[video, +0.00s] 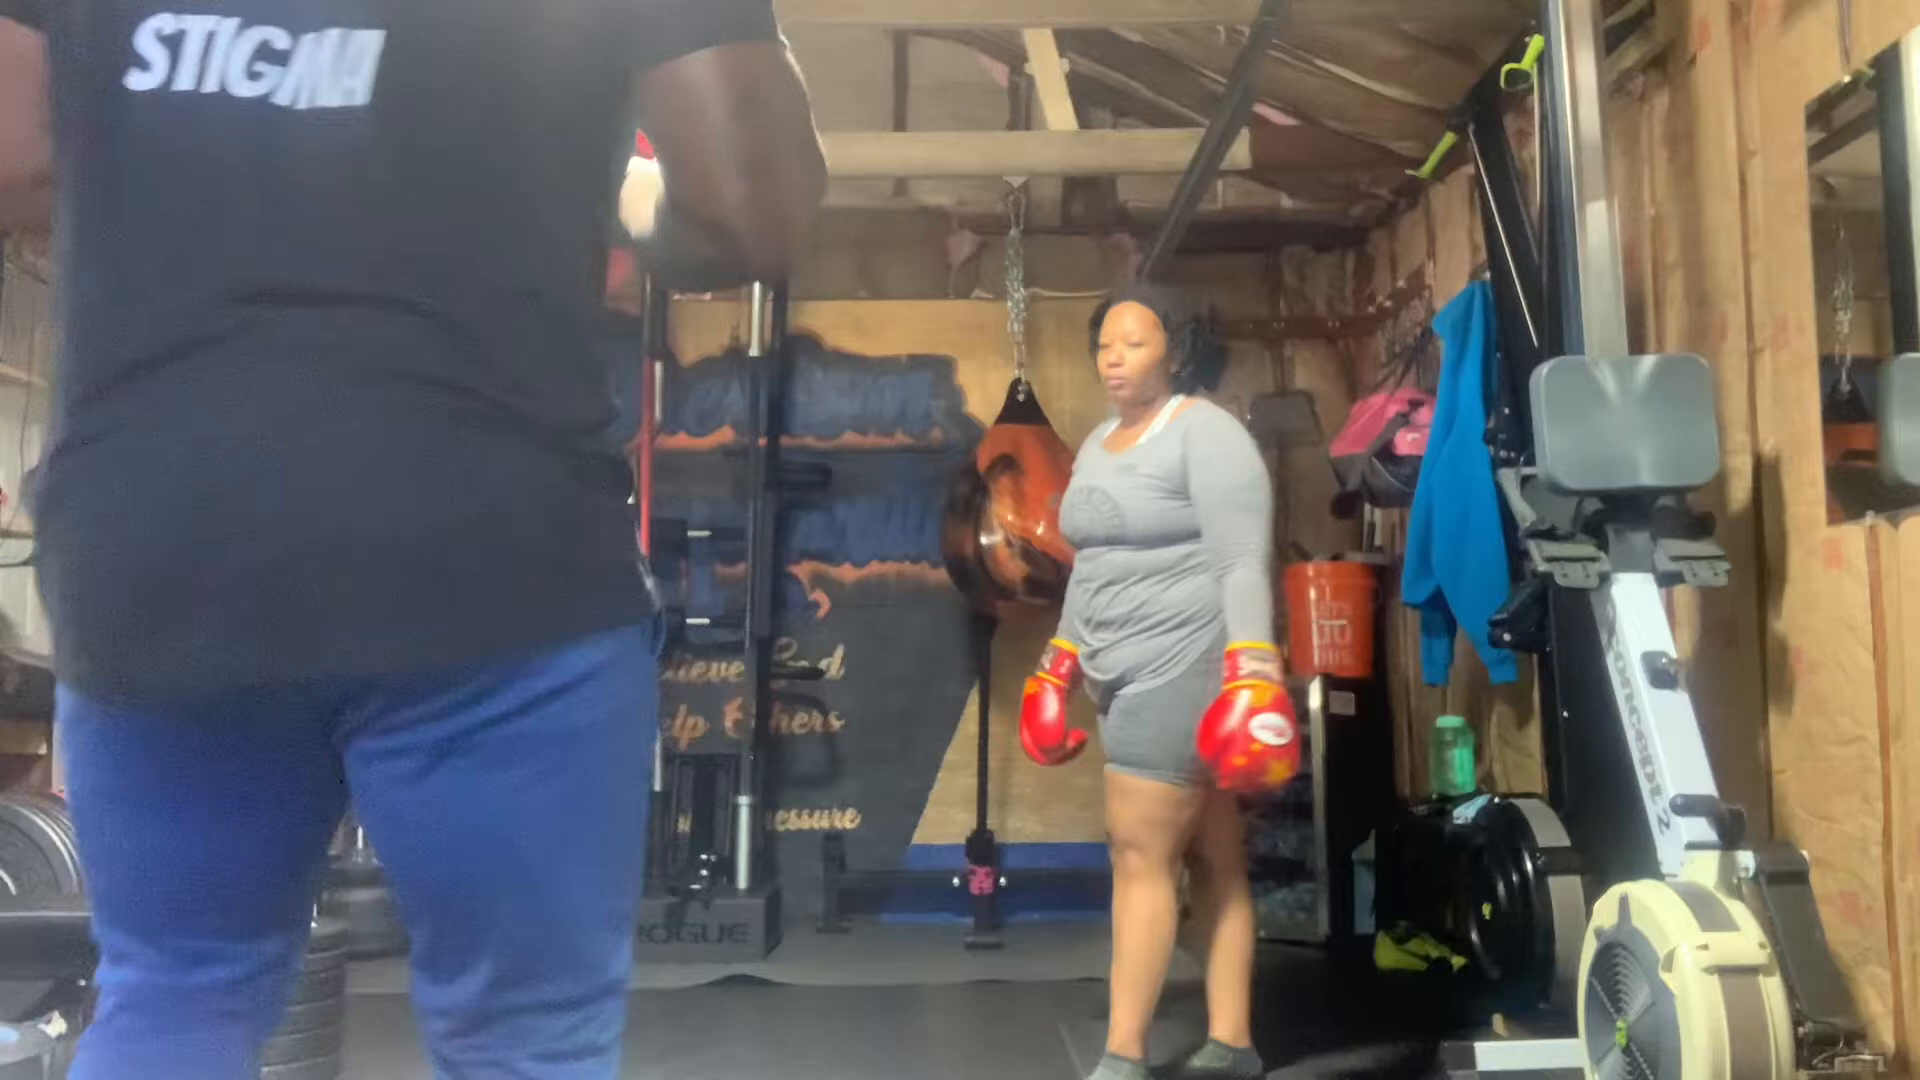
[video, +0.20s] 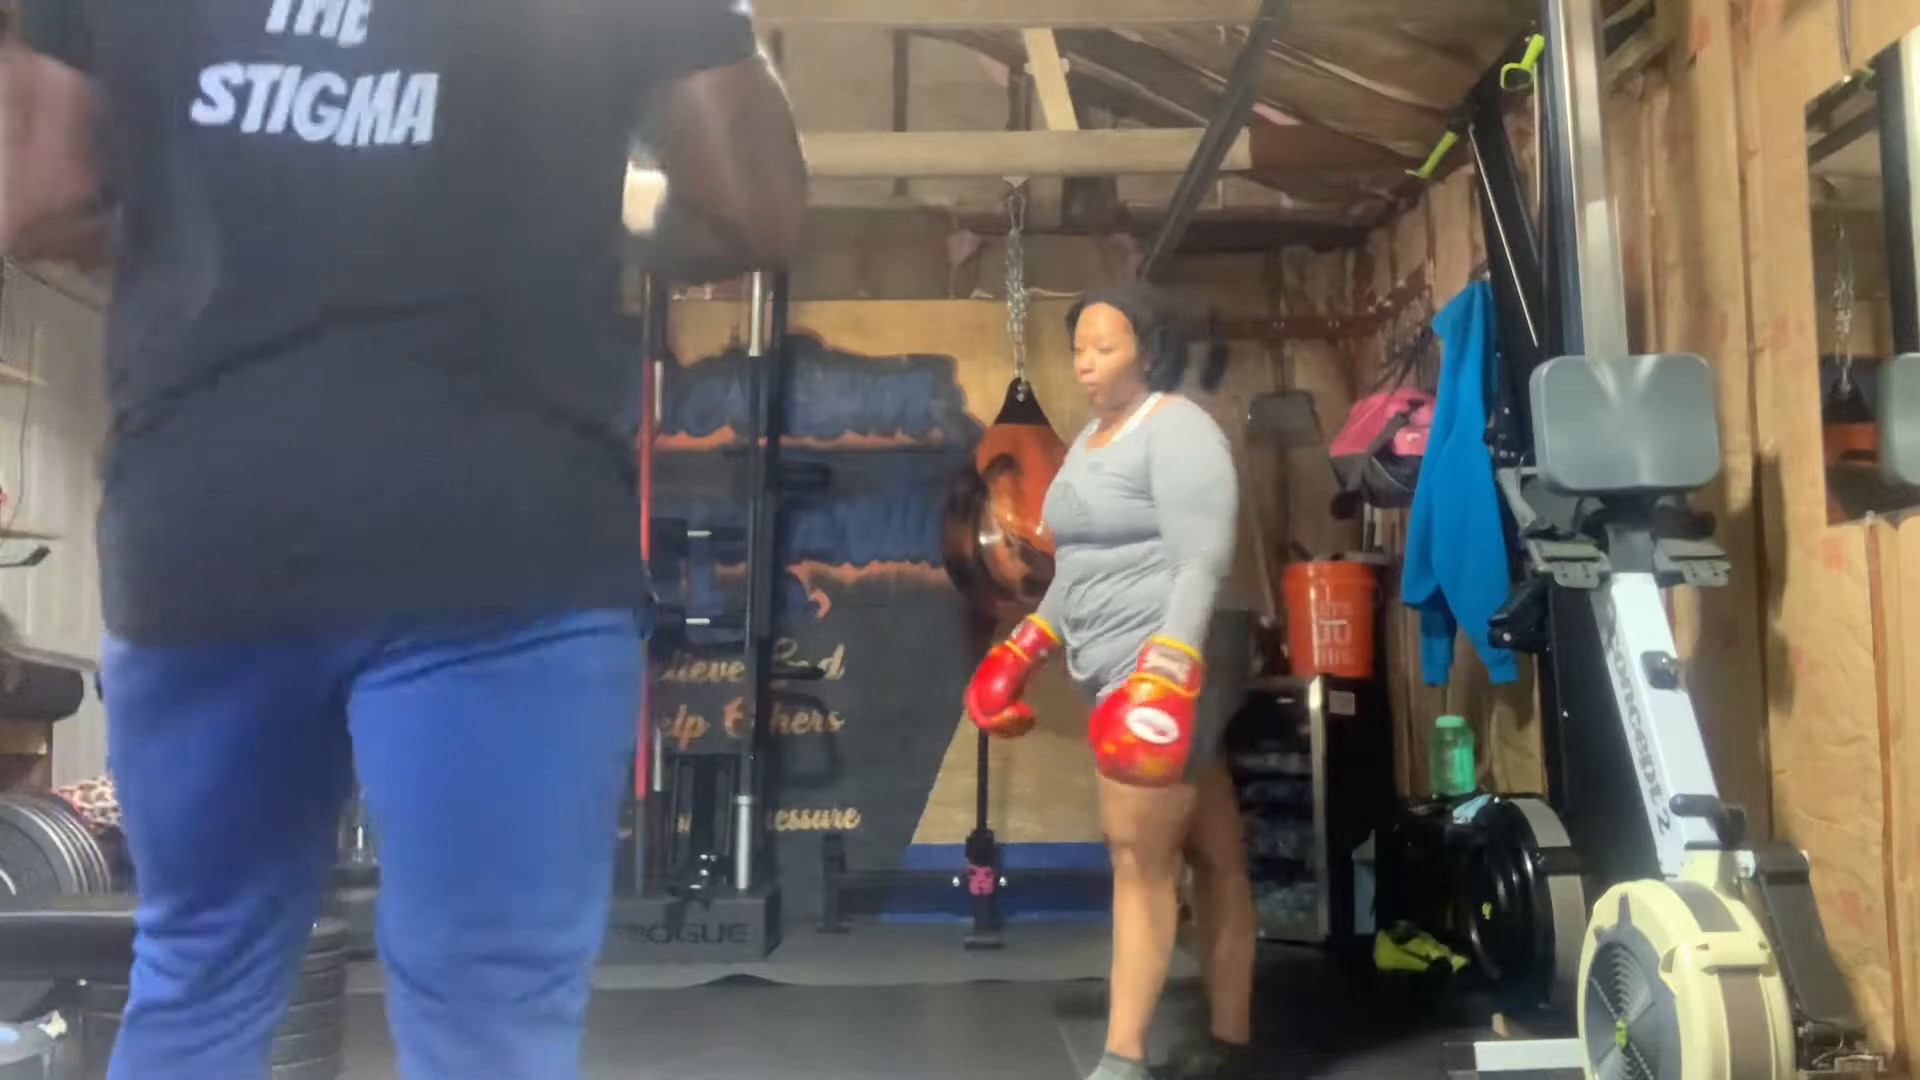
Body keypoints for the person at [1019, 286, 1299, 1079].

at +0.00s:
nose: (1115, 358)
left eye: (1134, 344)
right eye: (1107, 344)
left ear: (1174, 353)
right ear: (1095, 354)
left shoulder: (1210, 432)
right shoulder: (1102, 441)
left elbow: (1244, 556)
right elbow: (1094, 566)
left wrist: (1257, 675)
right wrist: (1058, 663)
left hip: (1186, 672)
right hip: (1133, 674)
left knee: (1139, 859)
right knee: (1217, 862)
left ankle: (1123, 1055)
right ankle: (1230, 1042)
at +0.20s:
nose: (1085, 364)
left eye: (1103, 348)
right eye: (1080, 350)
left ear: (1147, 354)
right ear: (1077, 357)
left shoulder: (1181, 429)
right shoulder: (1094, 437)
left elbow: (1202, 557)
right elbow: (1081, 567)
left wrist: (1165, 676)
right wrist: (1020, 650)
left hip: (1166, 671)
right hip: (1130, 672)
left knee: (1140, 862)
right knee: (1218, 858)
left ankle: (1122, 1059)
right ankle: (1232, 1042)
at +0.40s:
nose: (1063, 364)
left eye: (1077, 347)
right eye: (1060, 350)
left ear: (1124, 347)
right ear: (1082, 357)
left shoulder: (1157, 423)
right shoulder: (1107, 433)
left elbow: (1168, 557)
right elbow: (1093, 572)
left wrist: (1102, 671)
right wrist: (1029, 646)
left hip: (1184, 636)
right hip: (1153, 641)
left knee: (1127, 833)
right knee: (1206, 846)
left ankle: (1121, 1058)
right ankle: (1232, 1042)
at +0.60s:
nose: (1054, 364)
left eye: (1070, 346)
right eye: (1050, 349)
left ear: (1115, 348)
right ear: (1054, 358)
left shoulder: (1142, 422)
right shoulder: (1103, 429)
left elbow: (1152, 555)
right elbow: (1104, 552)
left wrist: (1098, 672)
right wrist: (1029, 545)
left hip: (1171, 636)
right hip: (1140, 640)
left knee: (1129, 845)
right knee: (1160, 855)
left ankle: (1120, 1059)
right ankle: (1224, 1026)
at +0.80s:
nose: (1058, 359)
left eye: (1074, 341)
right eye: (1054, 344)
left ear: (1120, 345)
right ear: (1058, 354)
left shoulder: (1145, 420)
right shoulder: (1105, 428)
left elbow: (1164, 553)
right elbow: (1107, 549)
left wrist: (1112, 669)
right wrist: (1028, 546)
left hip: (1171, 637)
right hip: (1142, 639)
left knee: (1124, 848)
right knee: (1145, 850)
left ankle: (1121, 1056)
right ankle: (1182, 1025)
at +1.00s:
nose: (1077, 368)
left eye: (1092, 351)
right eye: (1070, 354)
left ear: (1136, 355)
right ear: (1067, 363)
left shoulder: (1176, 424)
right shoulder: (1092, 451)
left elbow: (1208, 541)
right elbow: (1077, 561)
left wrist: (1105, 597)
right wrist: (1027, 555)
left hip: (1187, 653)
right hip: (1116, 663)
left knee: (1100, 836)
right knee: (1156, 863)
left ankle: (1122, 1059)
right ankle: (1179, 1046)